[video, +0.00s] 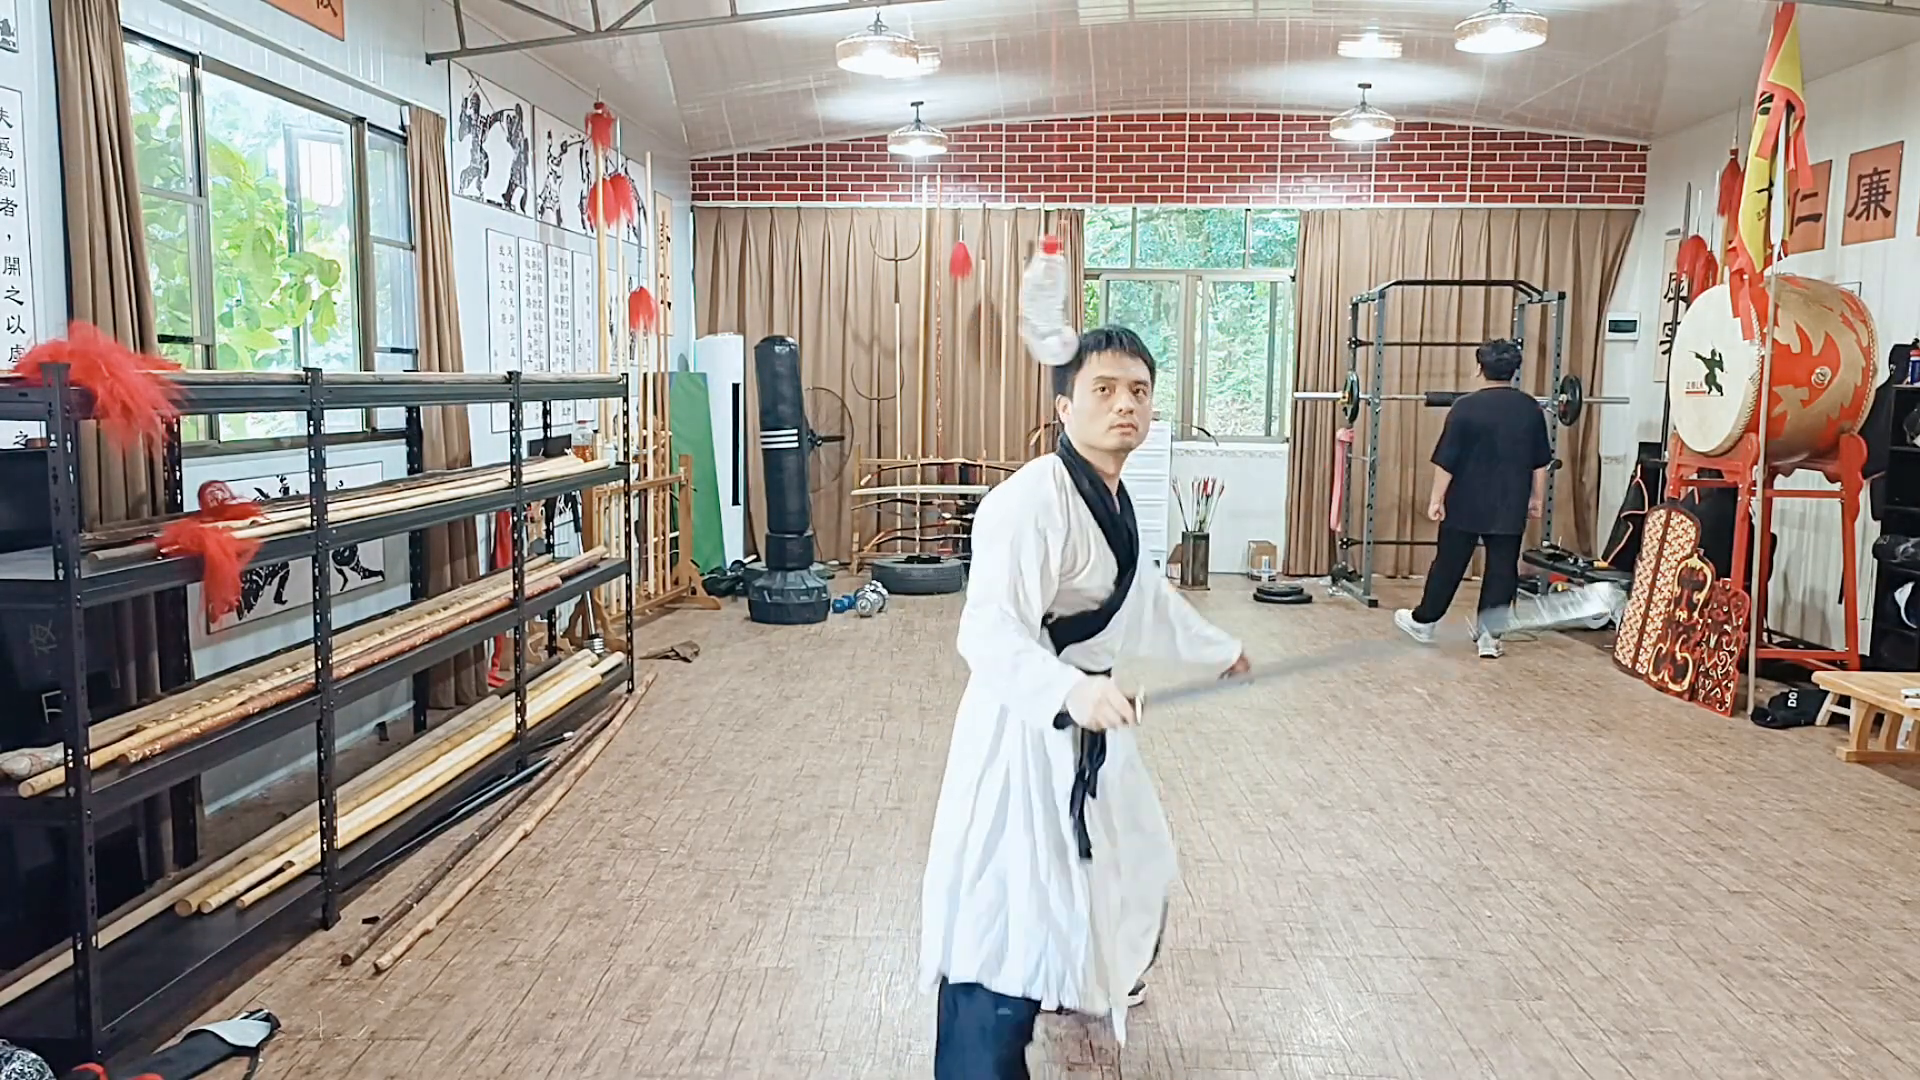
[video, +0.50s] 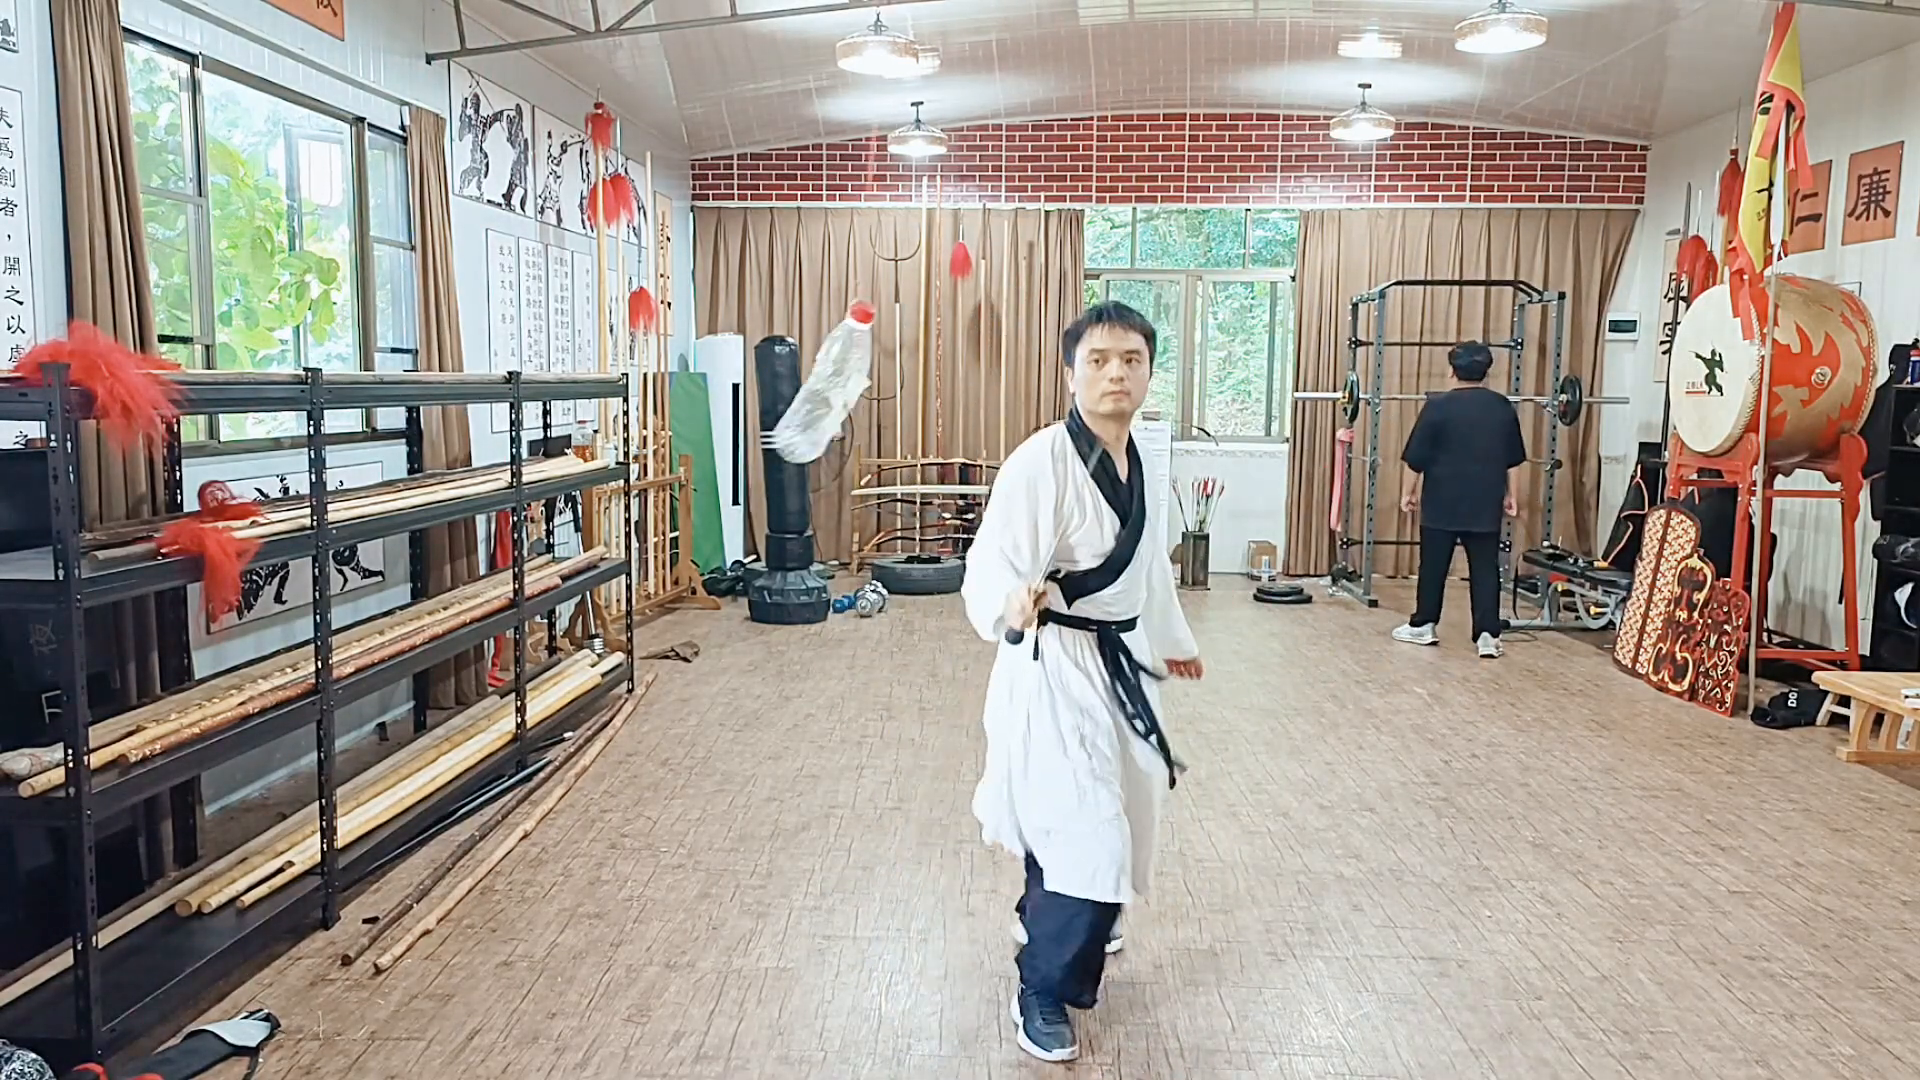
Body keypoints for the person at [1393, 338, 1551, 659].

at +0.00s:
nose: (1477, 368)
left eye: (1479, 365)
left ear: (1482, 369)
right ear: (1514, 370)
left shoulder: (1466, 406)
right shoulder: (1530, 408)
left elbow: (1446, 460)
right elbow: (1541, 461)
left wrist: (1436, 498)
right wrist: (1537, 498)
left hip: (1465, 505)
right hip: (1509, 509)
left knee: (1448, 564)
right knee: (1501, 573)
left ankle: (1423, 621)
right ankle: (1490, 636)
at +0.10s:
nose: (1475, 369)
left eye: (1477, 365)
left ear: (1479, 369)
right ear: (1512, 369)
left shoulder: (1461, 407)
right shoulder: (1527, 407)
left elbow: (1443, 460)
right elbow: (1538, 460)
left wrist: (1435, 499)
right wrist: (1534, 498)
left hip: (1464, 505)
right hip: (1508, 509)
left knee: (1451, 565)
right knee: (1499, 574)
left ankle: (1427, 624)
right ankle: (1489, 636)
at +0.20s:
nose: (1468, 370)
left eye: (1470, 366)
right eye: (1470, 365)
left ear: (1474, 370)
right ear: (1506, 372)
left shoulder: (1457, 406)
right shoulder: (1523, 408)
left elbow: (1439, 459)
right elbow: (1535, 463)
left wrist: (1429, 497)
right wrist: (1530, 500)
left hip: (1460, 504)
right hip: (1506, 507)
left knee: (1449, 566)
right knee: (1497, 574)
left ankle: (1427, 625)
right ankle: (1489, 636)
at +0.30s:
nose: (1462, 370)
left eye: (1464, 366)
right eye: (1465, 366)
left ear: (1468, 371)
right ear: (1502, 372)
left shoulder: (1452, 407)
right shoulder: (1517, 406)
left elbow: (1432, 458)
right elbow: (1530, 462)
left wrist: (1422, 494)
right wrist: (1525, 500)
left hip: (1455, 503)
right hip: (1501, 506)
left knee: (1445, 566)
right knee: (1495, 572)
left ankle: (1424, 625)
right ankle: (1489, 636)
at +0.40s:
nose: (1455, 372)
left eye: (1457, 368)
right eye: (1458, 367)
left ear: (1461, 373)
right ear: (1492, 373)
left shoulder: (1445, 407)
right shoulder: (1510, 406)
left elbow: (1424, 458)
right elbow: (1523, 460)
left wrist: (1414, 493)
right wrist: (1521, 499)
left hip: (1448, 505)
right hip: (1493, 508)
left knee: (1438, 567)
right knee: (1491, 573)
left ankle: (1423, 626)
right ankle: (1489, 637)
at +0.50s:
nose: (1448, 372)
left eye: (1450, 368)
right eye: (1452, 367)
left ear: (1454, 371)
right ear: (1485, 372)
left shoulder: (1438, 405)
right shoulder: (1502, 407)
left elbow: (1416, 455)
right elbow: (1514, 457)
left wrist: (1408, 490)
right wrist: (1513, 494)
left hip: (1440, 504)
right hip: (1484, 506)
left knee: (1432, 568)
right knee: (1485, 571)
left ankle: (1422, 626)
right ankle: (1487, 636)